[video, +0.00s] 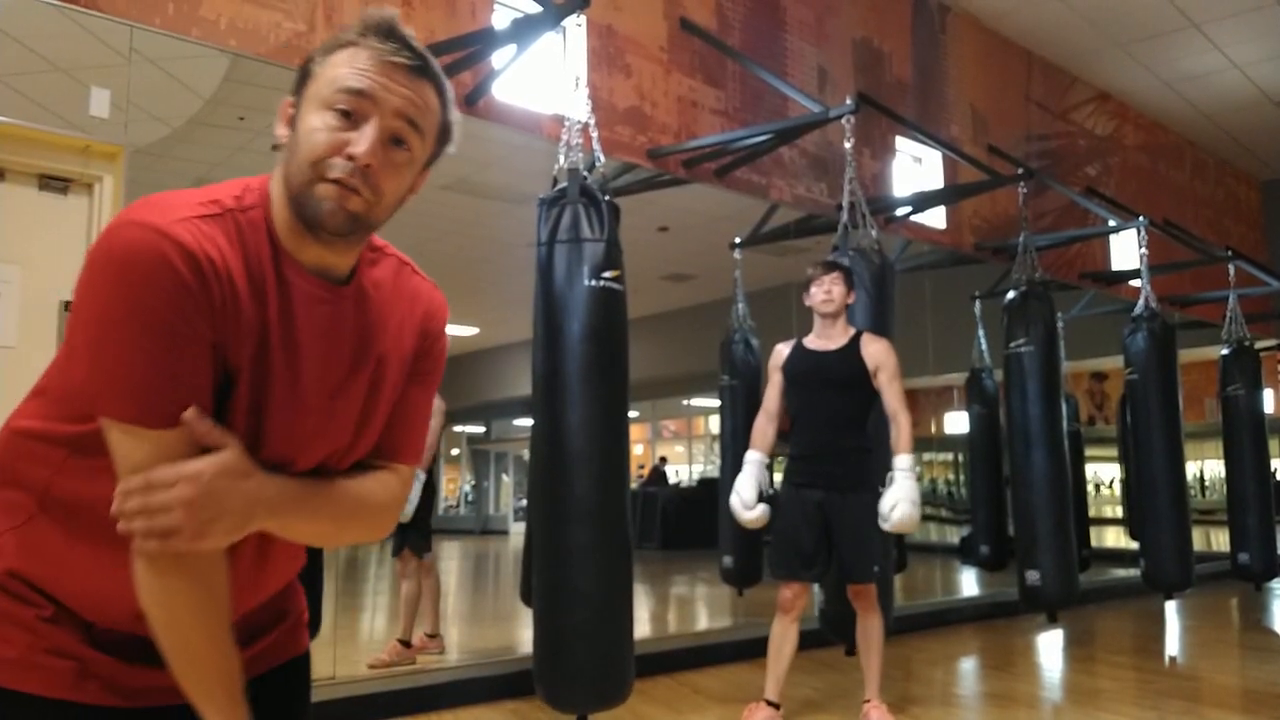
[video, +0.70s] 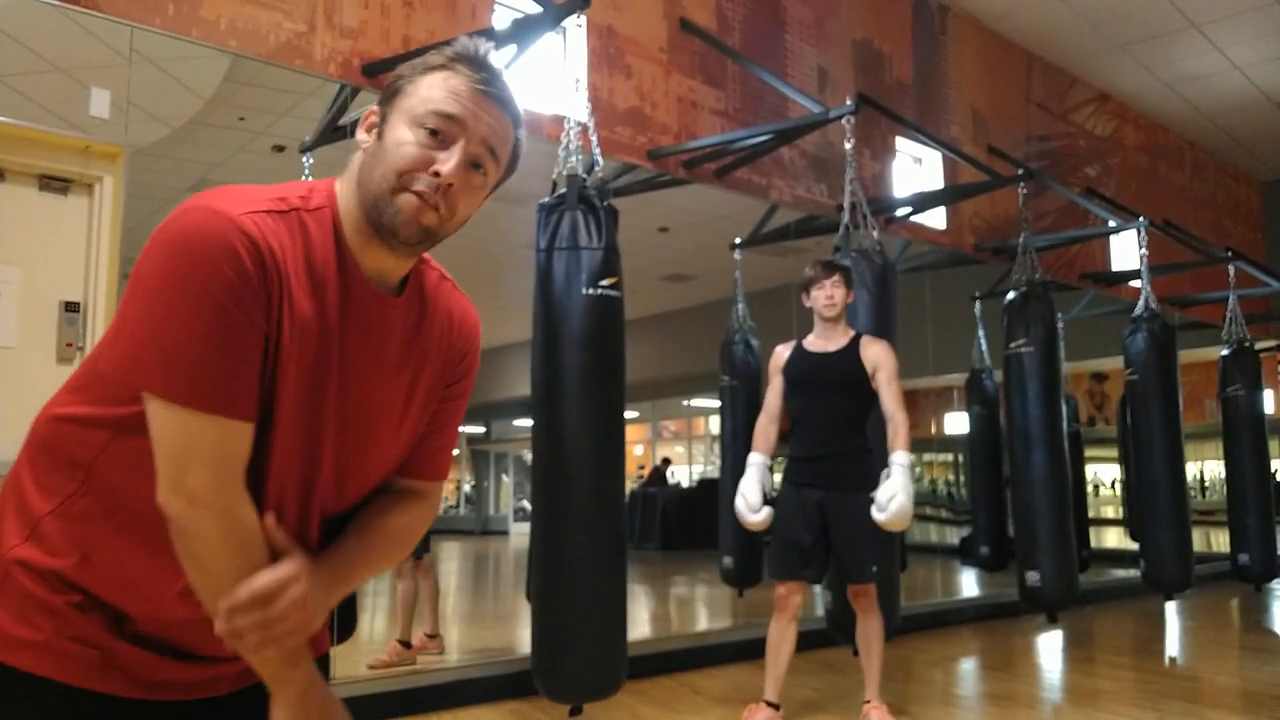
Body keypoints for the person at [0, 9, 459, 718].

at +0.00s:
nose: (363, 152)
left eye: (399, 141)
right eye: (345, 113)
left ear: (417, 183)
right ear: (287, 119)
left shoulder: (415, 312)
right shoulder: (159, 251)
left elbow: (384, 503)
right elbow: (170, 536)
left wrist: (260, 498)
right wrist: (228, 708)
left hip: (256, 635)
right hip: (63, 637)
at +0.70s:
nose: (447, 171)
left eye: (478, 166)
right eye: (435, 133)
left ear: (482, 201)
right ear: (370, 125)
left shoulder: (450, 330)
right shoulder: (225, 239)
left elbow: (413, 494)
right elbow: (199, 495)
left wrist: (327, 581)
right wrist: (297, 687)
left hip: (244, 663)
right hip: (68, 640)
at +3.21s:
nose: (249, 61)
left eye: (274, 53)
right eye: (227, 27)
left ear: (284, 82)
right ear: (158, 30)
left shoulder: (287, 225)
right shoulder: (29, 164)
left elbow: (323, 371)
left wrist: (314, 431)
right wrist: (115, 449)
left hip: (232, 654)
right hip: (51, 662)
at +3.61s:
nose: (202, 42)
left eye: (227, 28)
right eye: (174, 17)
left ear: (254, 62)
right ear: (124, 39)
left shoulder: (305, 213)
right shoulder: (31, 182)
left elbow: (358, 367)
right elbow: (1, 372)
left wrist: (300, 395)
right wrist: (171, 401)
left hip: (258, 652)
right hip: (61, 659)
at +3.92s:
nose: (246, 58)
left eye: (273, 46)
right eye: (222, 36)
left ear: (305, 79)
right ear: (183, 63)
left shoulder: (370, 230)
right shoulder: (93, 206)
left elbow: (430, 378)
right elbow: (13, 380)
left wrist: (373, 400)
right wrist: (170, 409)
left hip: (301, 651)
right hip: (114, 652)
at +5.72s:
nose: (200, 106)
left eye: (227, 86)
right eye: (177, 78)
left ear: (256, 102)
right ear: (138, 82)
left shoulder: (310, 247)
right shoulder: (44, 212)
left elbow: (344, 418)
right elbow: (4, 379)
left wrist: (346, 388)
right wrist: (158, 372)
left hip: (239, 649)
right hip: (55, 647)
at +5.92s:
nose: (235, 110)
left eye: (264, 93)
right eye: (216, 81)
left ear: (294, 113)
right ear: (178, 83)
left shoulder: (341, 251)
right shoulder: (84, 213)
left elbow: (371, 415)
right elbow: (18, 386)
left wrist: (328, 372)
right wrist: (198, 404)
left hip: (262, 650)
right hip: (80, 643)